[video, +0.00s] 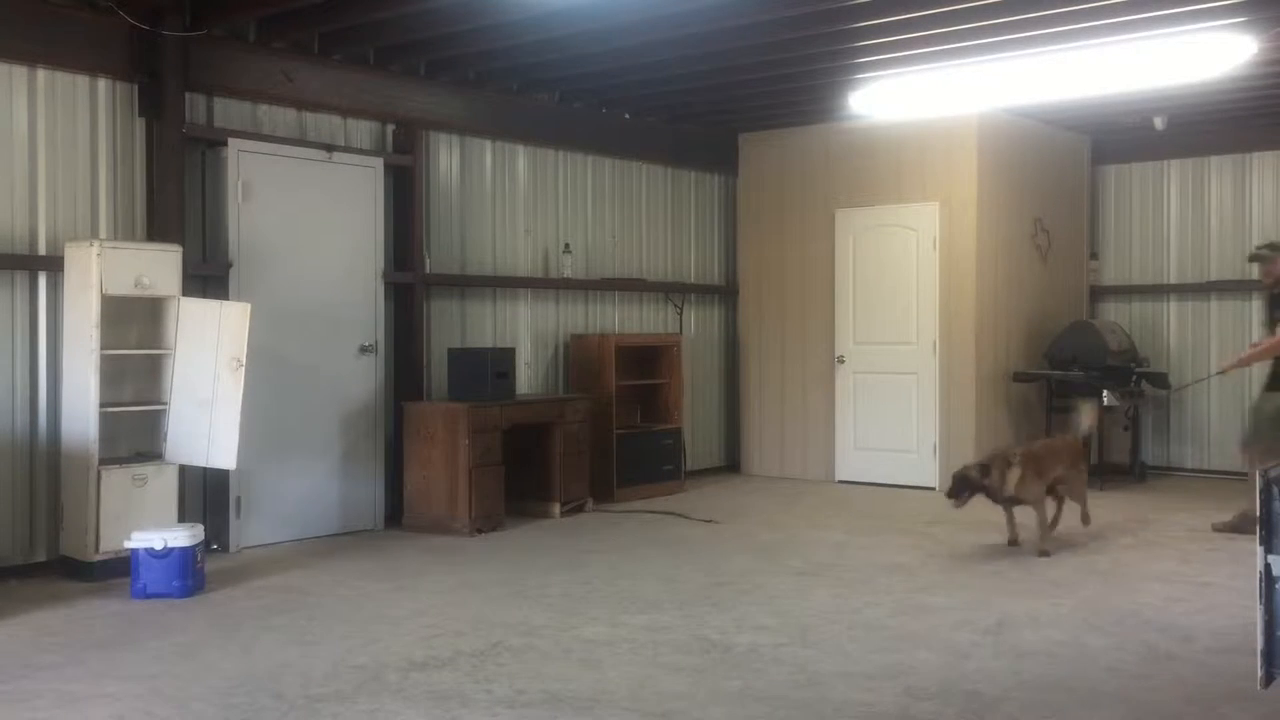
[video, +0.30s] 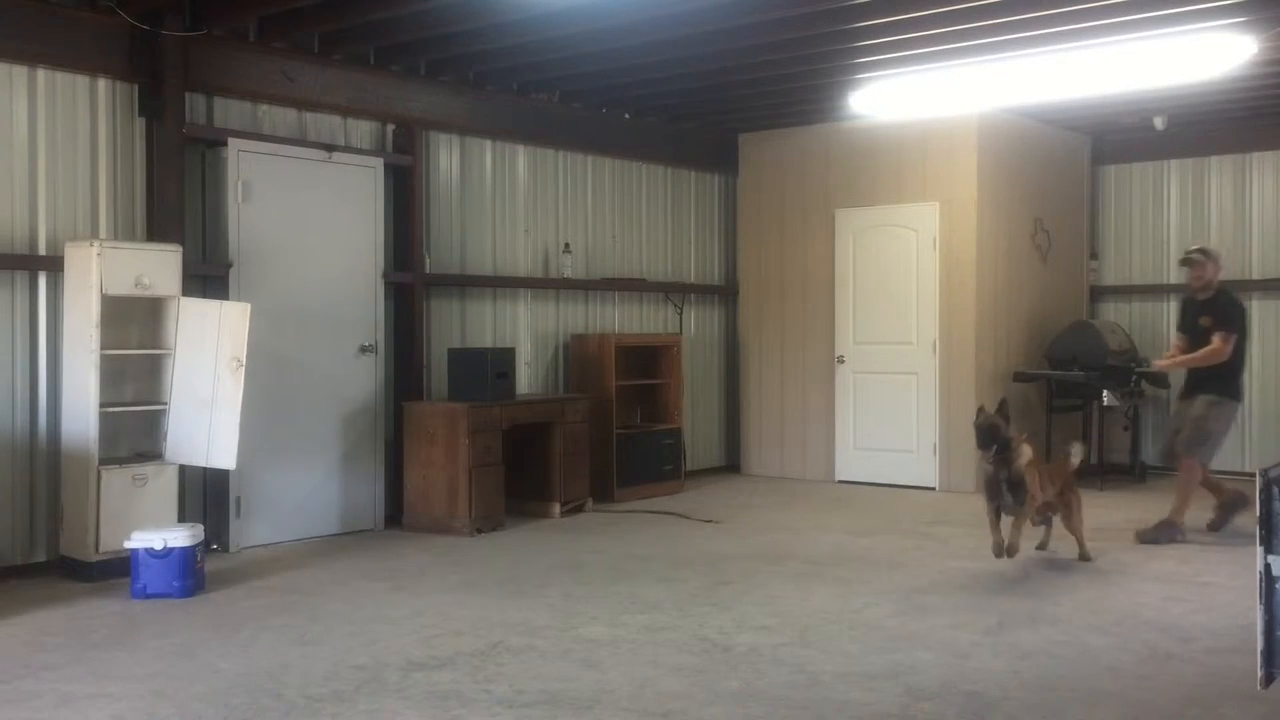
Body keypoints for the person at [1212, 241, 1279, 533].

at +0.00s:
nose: (1262, 270)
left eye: (1267, 264)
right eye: (1261, 264)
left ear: (1278, 265)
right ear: (1263, 267)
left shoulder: (1276, 295)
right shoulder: (1271, 295)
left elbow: (1276, 341)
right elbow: (1273, 336)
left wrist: (1245, 358)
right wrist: (1252, 350)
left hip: (1276, 383)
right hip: (1272, 382)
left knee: (1260, 444)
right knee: (1259, 443)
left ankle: (1257, 511)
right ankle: (1256, 510)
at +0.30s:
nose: (1192, 273)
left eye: (1199, 266)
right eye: (1189, 267)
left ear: (1216, 269)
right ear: (1187, 271)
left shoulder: (1228, 303)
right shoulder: (1189, 302)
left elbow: (1221, 350)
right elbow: (1182, 344)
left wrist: (1173, 363)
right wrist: (1167, 358)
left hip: (1220, 390)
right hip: (1193, 387)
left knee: (1191, 451)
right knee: (1175, 451)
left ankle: (1175, 521)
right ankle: (1227, 495)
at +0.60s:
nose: (1114, 270)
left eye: (1120, 264)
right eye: (1109, 265)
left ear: (1134, 266)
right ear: (1103, 270)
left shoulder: (1151, 299)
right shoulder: (1103, 303)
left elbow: (1159, 345)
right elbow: (1098, 344)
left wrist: (1119, 361)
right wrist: (1107, 355)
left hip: (1150, 389)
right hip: (1116, 389)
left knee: (1144, 454)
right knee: (1090, 451)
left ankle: (1163, 520)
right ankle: (1085, 515)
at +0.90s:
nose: (1058, 275)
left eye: (1064, 268)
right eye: (1053, 269)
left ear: (1076, 271)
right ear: (1046, 274)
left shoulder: (1093, 308)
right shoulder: (1039, 309)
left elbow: (1107, 353)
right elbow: (1028, 348)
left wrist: (1069, 372)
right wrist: (1037, 371)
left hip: (1086, 389)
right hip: (1052, 389)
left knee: (1067, 434)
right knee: (1029, 447)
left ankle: (1086, 511)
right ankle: (1050, 517)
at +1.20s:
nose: (1029, 277)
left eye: (1035, 271)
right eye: (1024, 271)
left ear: (1047, 275)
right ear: (1018, 275)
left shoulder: (1063, 310)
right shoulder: (1015, 302)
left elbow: (1067, 363)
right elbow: (996, 333)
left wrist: (1028, 371)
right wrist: (995, 369)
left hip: (1062, 393)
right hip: (1031, 391)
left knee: (1050, 461)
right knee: (1026, 456)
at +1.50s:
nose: (995, 280)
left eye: (1001, 272)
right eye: (990, 274)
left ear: (1016, 275)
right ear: (985, 279)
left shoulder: (1038, 304)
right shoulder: (998, 308)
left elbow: (1070, 344)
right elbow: (1028, 342)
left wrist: (1028, 368)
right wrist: (1026, 375)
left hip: (1056, 388)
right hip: (1031, 388)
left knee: (1030, 455)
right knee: (1021, 455)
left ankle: (1036, 531)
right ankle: (1050, 518)